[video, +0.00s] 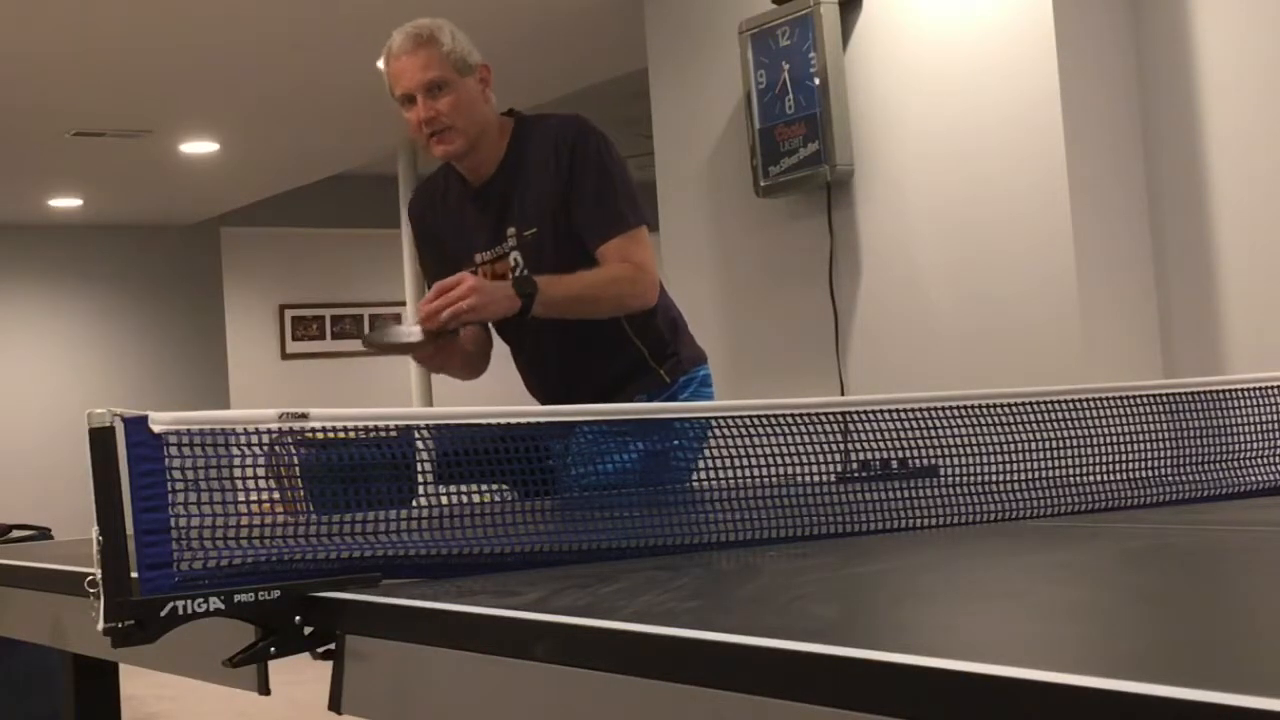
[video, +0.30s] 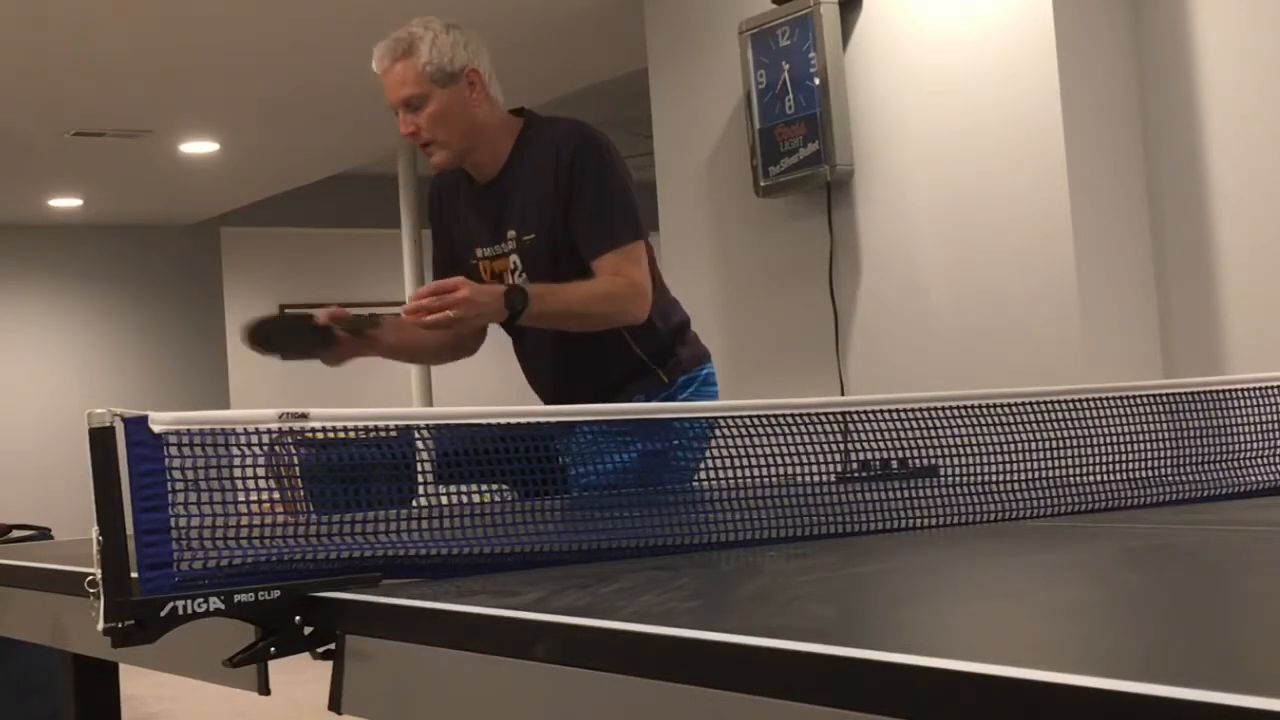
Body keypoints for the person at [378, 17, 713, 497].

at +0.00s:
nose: (425, 113)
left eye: (438, 90)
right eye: (409, 101)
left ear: (482, 81)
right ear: (400, 113)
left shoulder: (572, 145)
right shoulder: (431, 207)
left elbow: (639, 283)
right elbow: (473, 357)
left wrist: (517, 295)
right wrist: (443, 354)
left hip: (663, 394)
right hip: (573, 414)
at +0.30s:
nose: (406, 130)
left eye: (415, 105)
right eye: (398, 114)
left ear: (473, 87)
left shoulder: (577, 151)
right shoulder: (449, 193)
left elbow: (631, 298)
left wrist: (503, 302)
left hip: (665, 393)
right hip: (580, 412)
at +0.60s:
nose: (407, 124)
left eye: (415, 99)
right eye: (396, 111)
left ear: (468, 79)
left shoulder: (569, 144)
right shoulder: (445, 196)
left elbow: (615, 290)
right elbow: (488, 339)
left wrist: (475, 296)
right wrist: (414, 337)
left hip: (663, 396)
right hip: (577, 415)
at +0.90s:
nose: (409, 126)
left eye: (418, 101)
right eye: (396, 114)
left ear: (468, 80)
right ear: (393, 121)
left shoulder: (569, 144)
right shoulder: (442, 197)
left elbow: (621, 290)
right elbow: (471, 346)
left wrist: (482, 292)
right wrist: (403, 328)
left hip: (665, 394)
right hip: (577, 413)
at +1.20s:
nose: (412, 127)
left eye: (421, 101)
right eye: (399, 114)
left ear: (473, 81)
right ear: (395, 119)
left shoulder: (571, 145)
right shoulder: (442, 198)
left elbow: (619, 292)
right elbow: (471, 347)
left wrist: (481, 297)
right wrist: (424, 324)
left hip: (667, 394)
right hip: (580, 414)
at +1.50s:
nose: (422, 122)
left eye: (432, 98)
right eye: (407, 111)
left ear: (481, 83)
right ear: (401, 118)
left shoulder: (574, 146)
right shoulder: (444, 196)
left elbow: (624, 293)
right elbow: (478, 344)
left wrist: (489, 291)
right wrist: (417, 328)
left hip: (665, 395)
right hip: (575, 413)